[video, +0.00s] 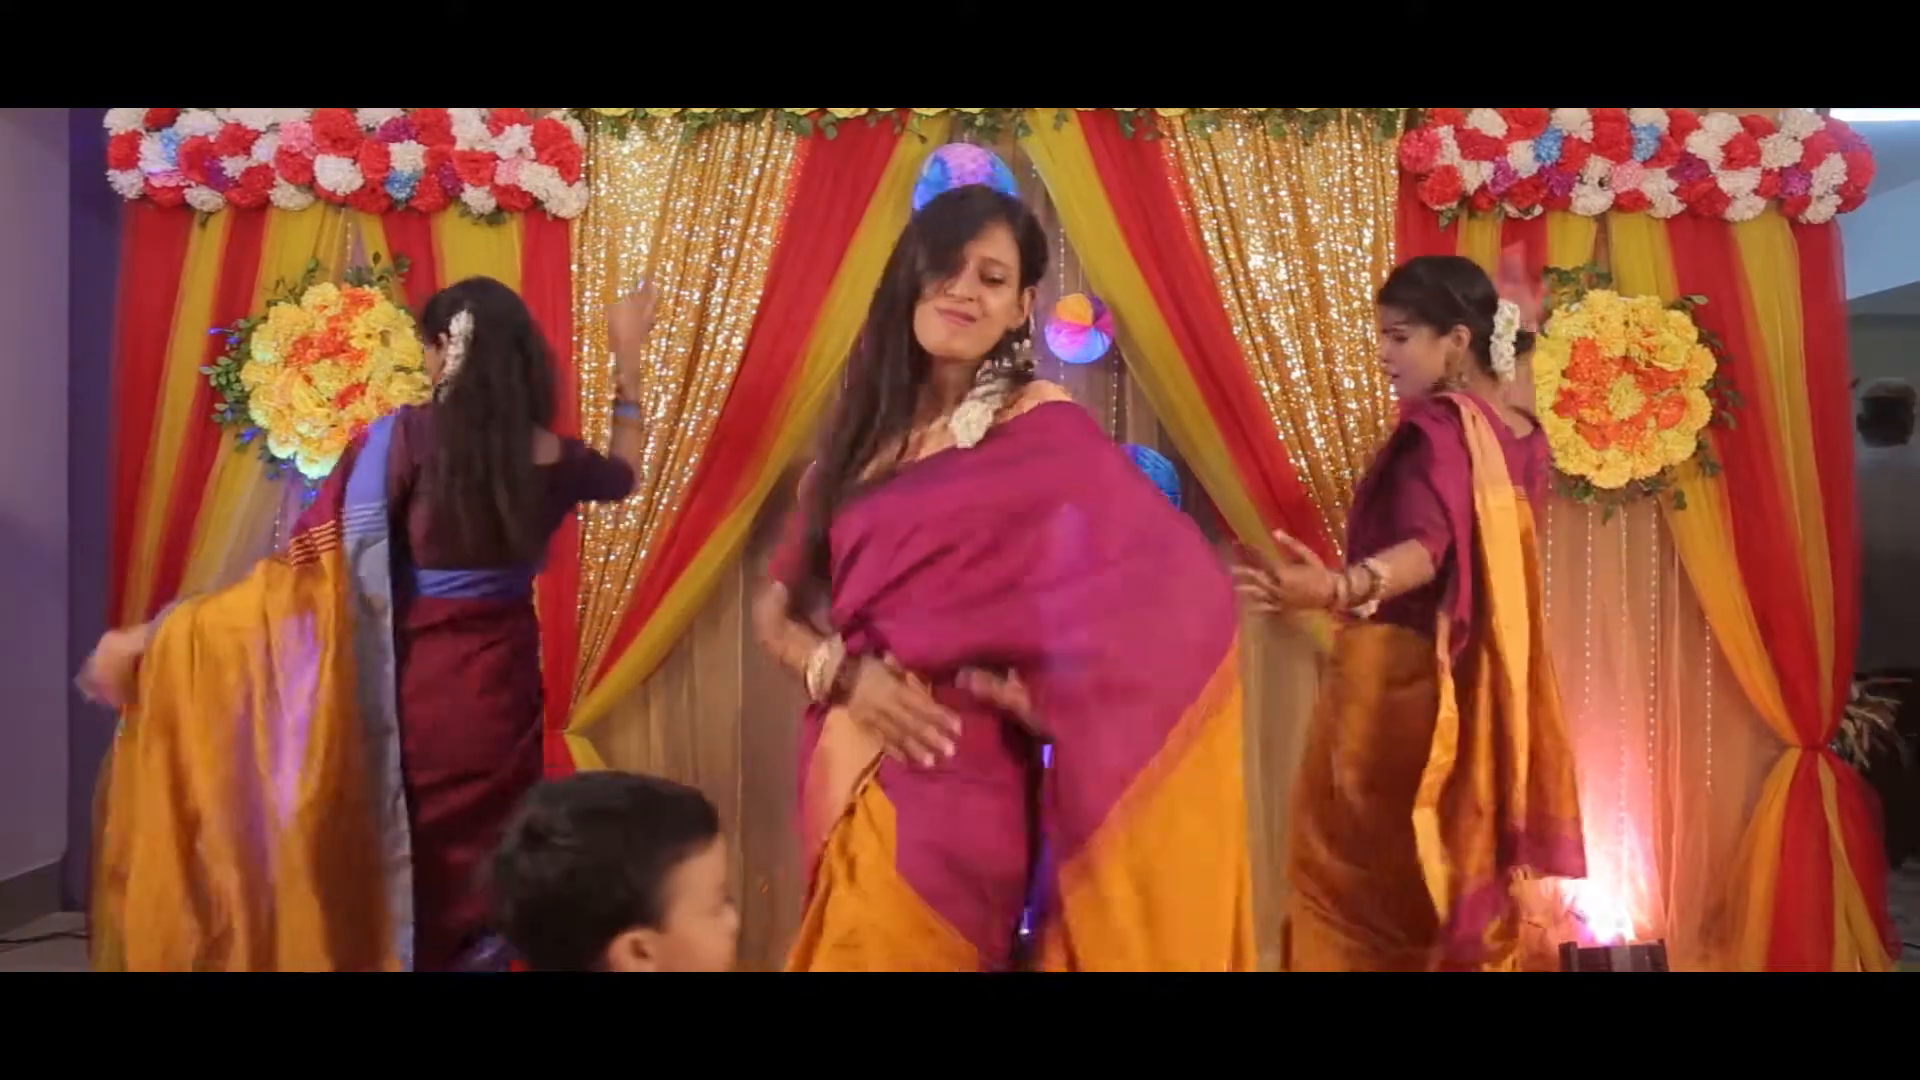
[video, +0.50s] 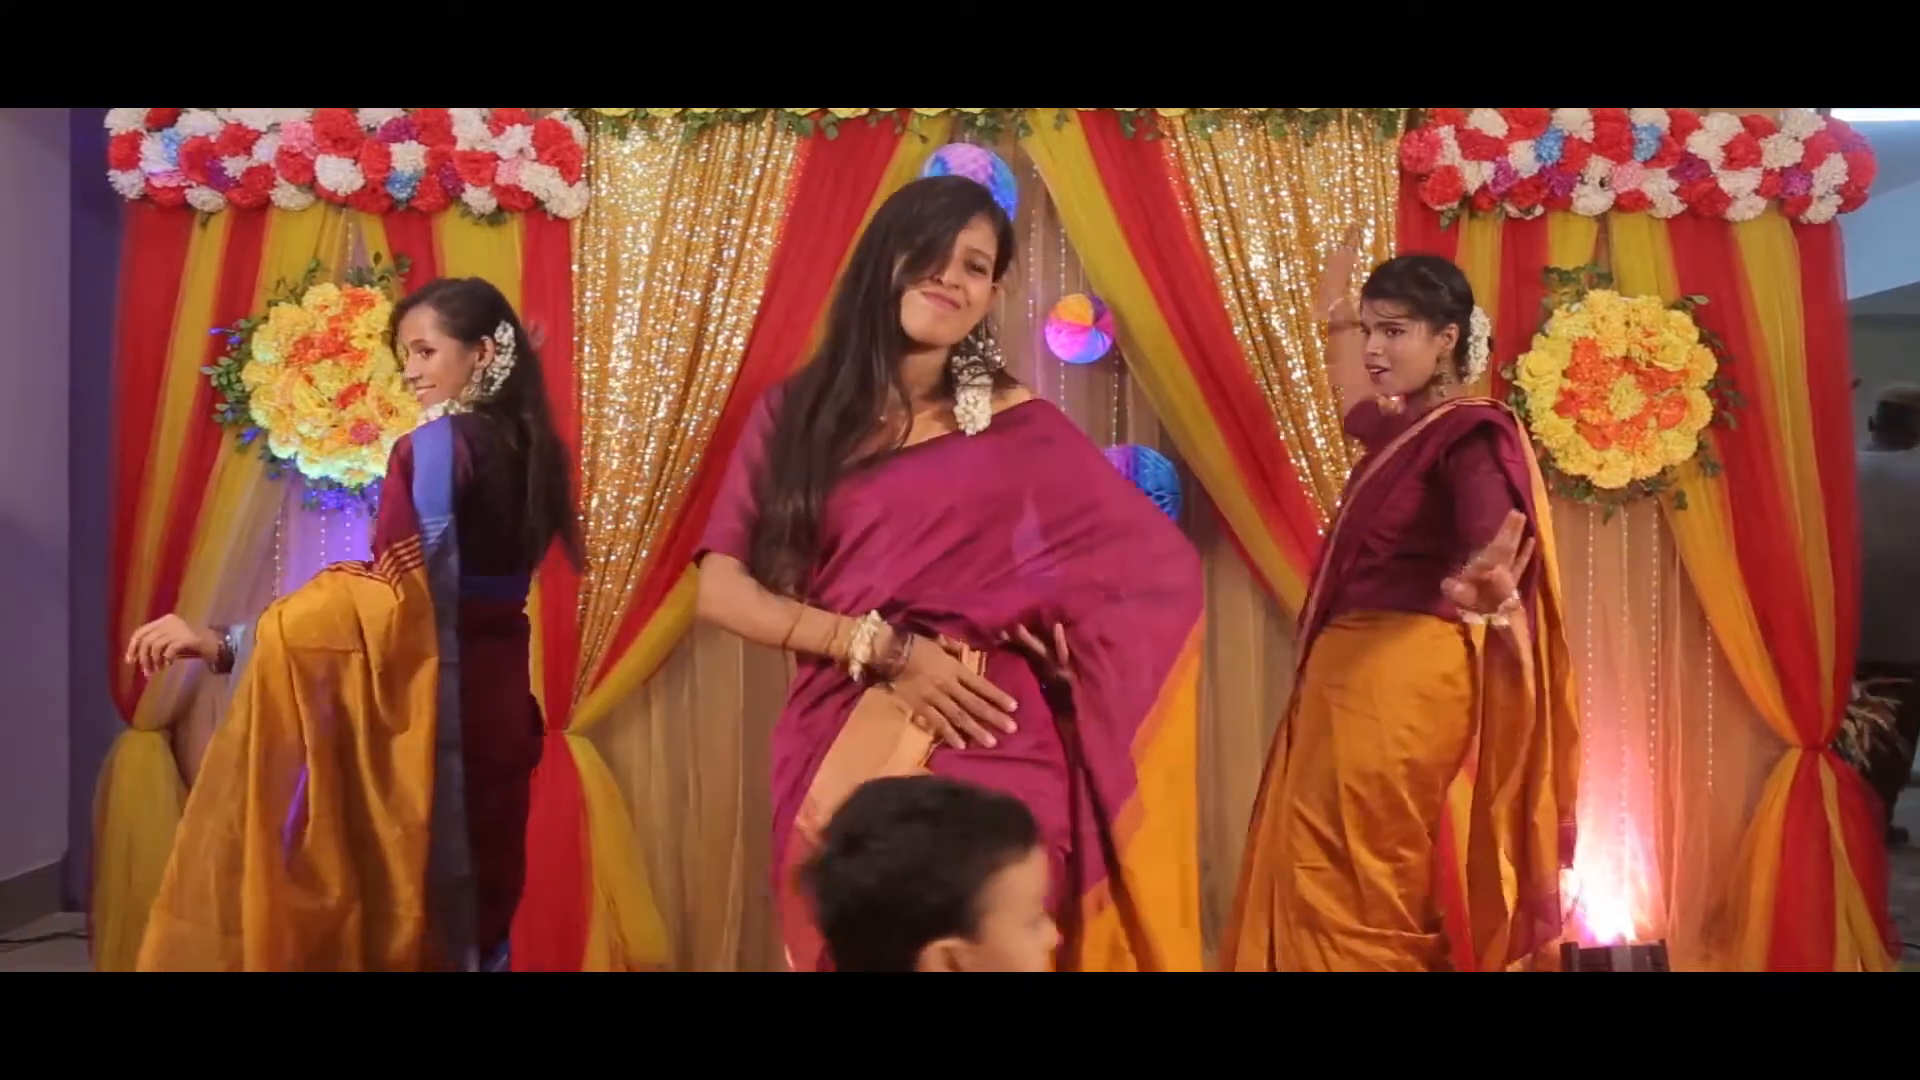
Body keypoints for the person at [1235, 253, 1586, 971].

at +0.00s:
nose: (1384, 354)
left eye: (1400, 336)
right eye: (1382, 335)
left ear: (1458, 340)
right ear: (1458, 345)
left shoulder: (1436, 427)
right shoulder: (1515, 432)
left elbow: (1427, 547)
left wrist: (1334, 585)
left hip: (1395, 667)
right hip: (1466, 670)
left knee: (1349, 864)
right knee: (1448, 856)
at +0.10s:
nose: (1376, 364)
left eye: (1393, 346)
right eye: (1376, 345)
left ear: (1451, 355)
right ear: (1454, 359)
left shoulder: (1423, 433)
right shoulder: (1488, 432)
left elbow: (1429, 550)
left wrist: (1364, 619)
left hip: (1394, 687)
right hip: (1463, 685)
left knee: (1315, 892)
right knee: (1444, 887)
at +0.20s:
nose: (1373, 362)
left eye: (1390, 344)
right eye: (1371, 344)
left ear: (1447, 353)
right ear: (1447, 358)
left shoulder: (1425, 433)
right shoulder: (1474, 432)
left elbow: (1427, 546)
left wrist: (1385, 637)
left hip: (1381, 681)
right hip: (1444, 683)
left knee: (1329, 876)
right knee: (1431, 876)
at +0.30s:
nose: (1372, 348)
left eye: (1391, 329)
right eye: (1368, 330)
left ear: (1446, 338)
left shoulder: (1450, 423)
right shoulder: (1429, 421)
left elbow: (1461, 519)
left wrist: (1437, 584)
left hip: (1384, 650)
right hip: (1367, 646)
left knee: (1346, 848)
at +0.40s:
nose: (1374, 348)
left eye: (1394, 328)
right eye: (1366, 328)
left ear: (1446, 338)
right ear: (1360, 332)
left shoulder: (1459, 427)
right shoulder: (1406, 427)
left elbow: (1483, 524)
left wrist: (1466, 576)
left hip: (1391, 653)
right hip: (1339, 650)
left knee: (1363, 865)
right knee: (1302, 862)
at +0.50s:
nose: (1374, 349)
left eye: (1393, 330)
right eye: (1366, 329)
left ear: (1446, 340)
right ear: (1362, 336)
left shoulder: (1467, 430)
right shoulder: (1392, 431)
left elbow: (1495, 520)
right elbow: (1358, 400)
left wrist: (1483, 576)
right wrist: (1339, 325)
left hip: (1407, 658)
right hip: (1343, 656)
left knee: (1348, 873)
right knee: (1295, 863)